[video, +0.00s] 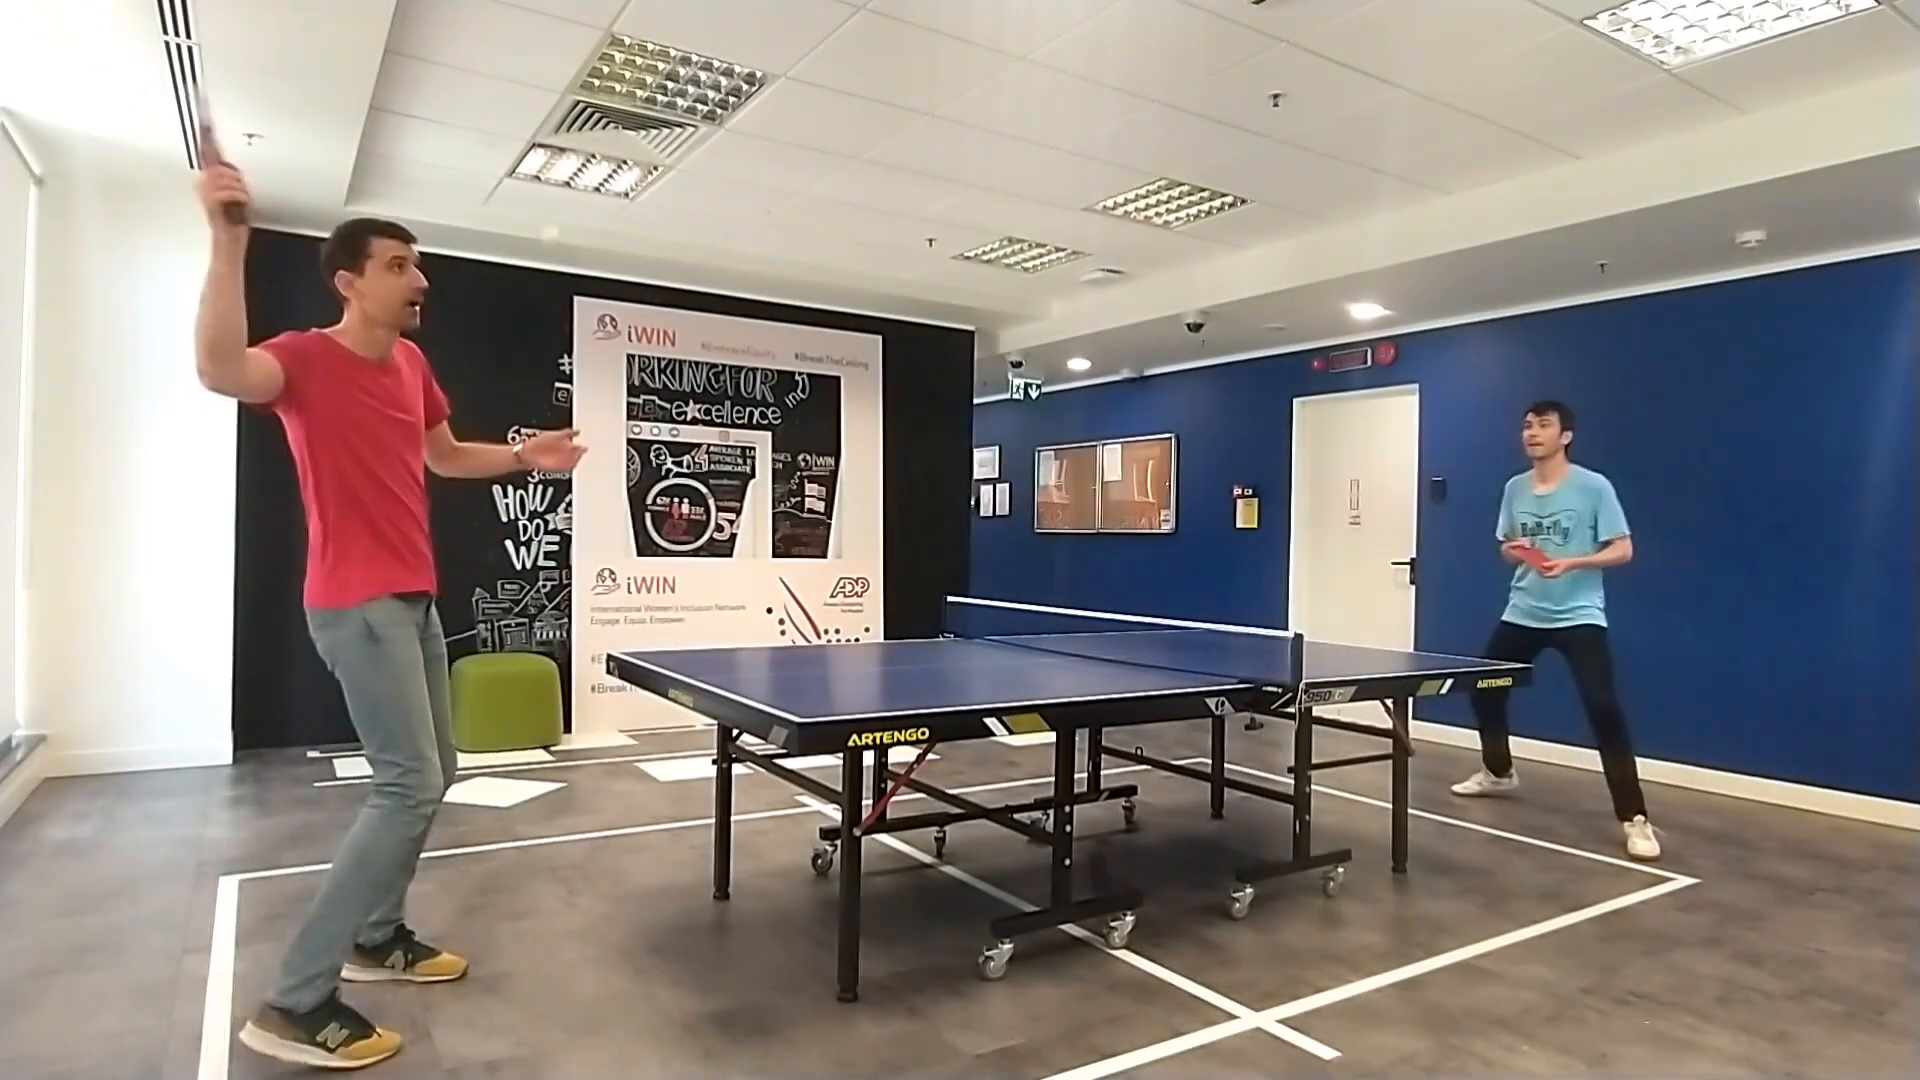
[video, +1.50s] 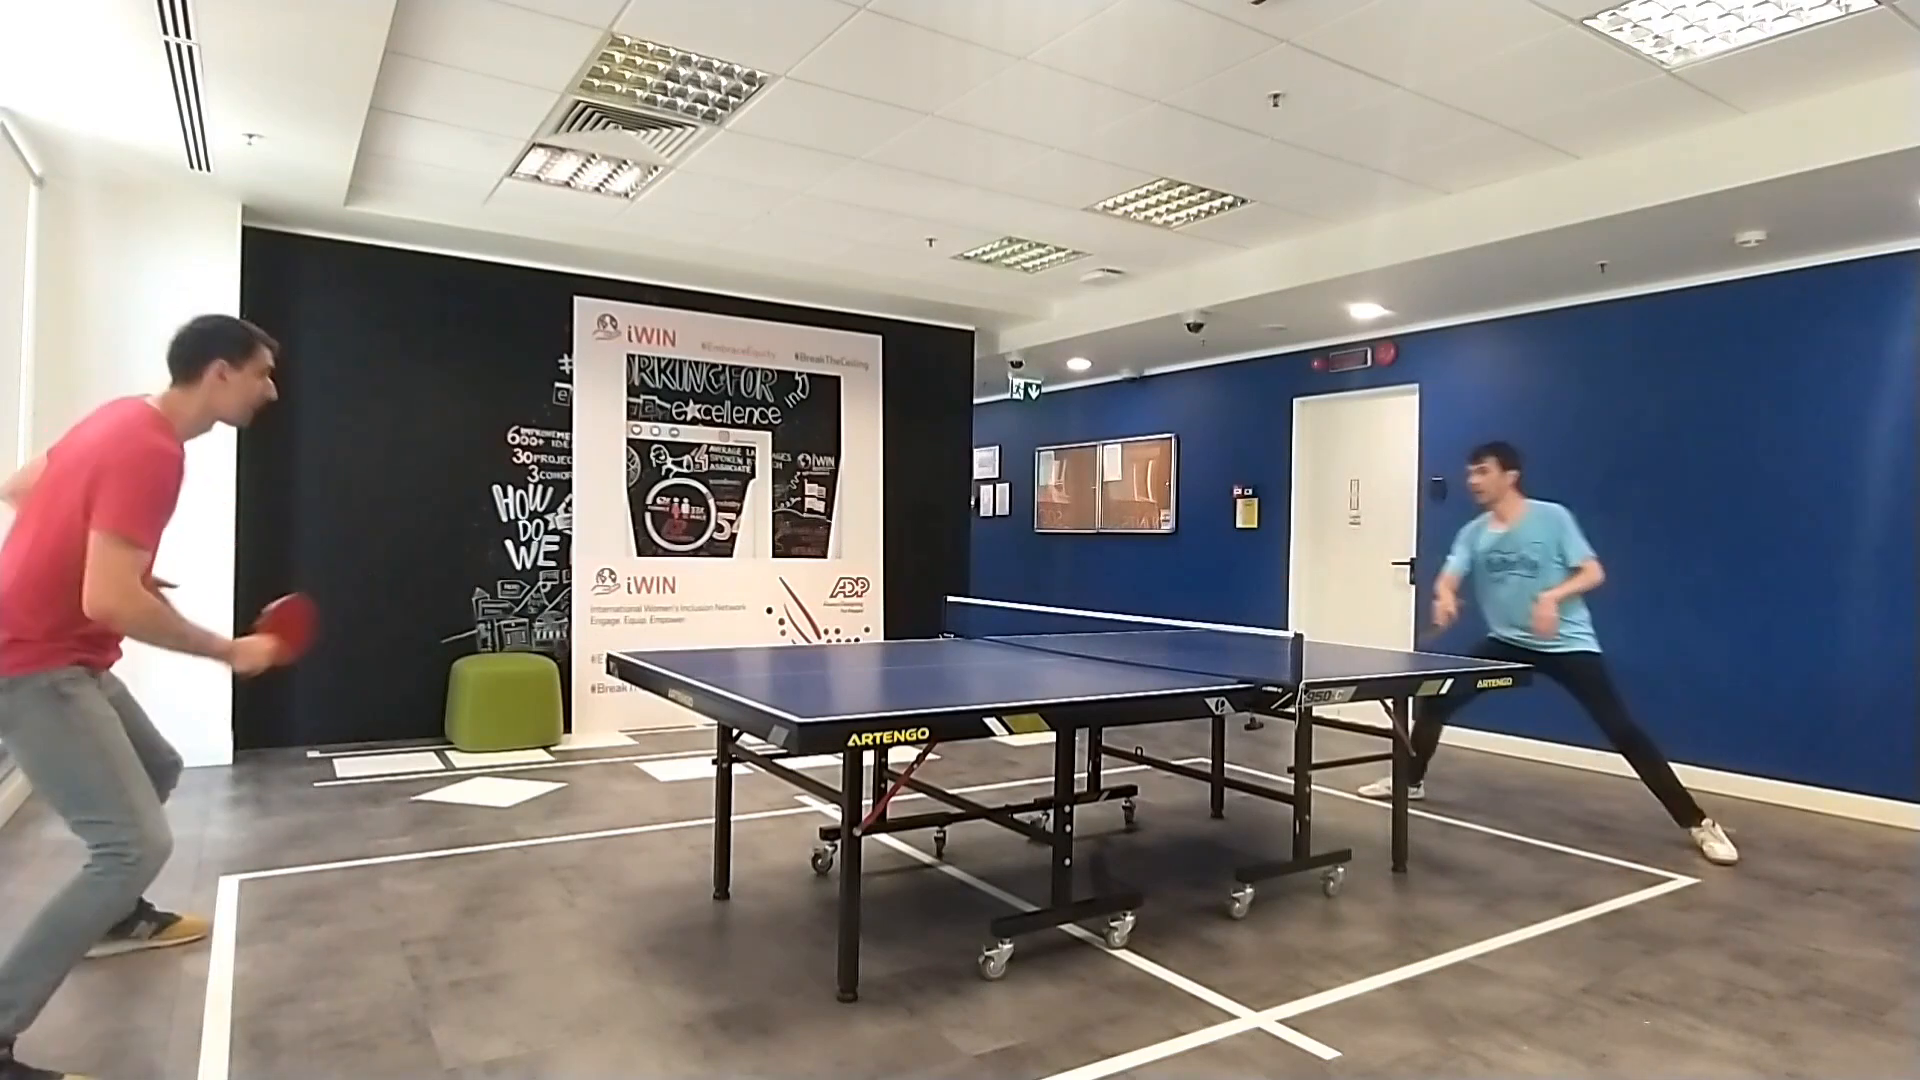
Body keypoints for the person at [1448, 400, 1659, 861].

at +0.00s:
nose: (1531, 432)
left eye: (1541, 425)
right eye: (1527, 426)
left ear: (1565, 436)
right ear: (1523, 438)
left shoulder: (1594, 486)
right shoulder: (1515, 488)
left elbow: (1622, 550)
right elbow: (1504, 550)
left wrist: (1570, 562)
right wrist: (1515, 551)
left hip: (1579, 615)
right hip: (1523, 612)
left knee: (1604, 708)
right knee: (1484, 685)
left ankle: (1634, 820)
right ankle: (1498, 773)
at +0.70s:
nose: (1500, 450)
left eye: (1509, 442)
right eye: (1495, 443)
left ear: (1535, 446)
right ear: (1492, 450)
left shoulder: (1568, 495)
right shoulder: (1485, 494)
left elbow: (1598, 555)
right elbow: (1458, 539)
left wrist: (1552, 585)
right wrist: (1452, 558)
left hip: (1560, 620)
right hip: (1502, 614)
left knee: (1591, 710)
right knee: (1441, 676)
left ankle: (1633, 820)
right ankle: (1441, 772)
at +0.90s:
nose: (1433, 475)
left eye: (1441, 466)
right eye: (1431, 468)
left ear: (1470, 465)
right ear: (1445, 472)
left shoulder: (1511, 504)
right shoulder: (1449, 516)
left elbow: (1558, 563)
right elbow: (1447, 570)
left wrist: (1514, 598)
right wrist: (1413, 599)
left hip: (1533, 628)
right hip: (1477, 626)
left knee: (1569, 717)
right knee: (1414, 688)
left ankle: (1628, 821)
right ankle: (1408, 779)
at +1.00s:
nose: (1402, 488)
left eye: (1406, 477)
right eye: (1399, 480)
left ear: (1434, 472)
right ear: (1422, 478)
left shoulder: (1482, 505)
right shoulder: (1432, 522)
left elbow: (1531, 560)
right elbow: (1435, 581)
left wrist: (1489, 600)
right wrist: (1380, 607)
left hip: (1523, 628)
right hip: (1470, 629)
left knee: (1563, 718)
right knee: (1408, 686)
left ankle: (1627, 820)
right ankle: (1407, 778)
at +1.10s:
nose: (1383, 492)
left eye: (1385, 482)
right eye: (1380, 485)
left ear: (1410, 474)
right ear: (1406, 478)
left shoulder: (1466, 504)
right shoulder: (1417, 532)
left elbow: (1518, 552)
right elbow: (1399, 582)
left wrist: (1476, 591)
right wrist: (1338, 583)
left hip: (1522, 626)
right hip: (1468, 629)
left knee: (1573, 712)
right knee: (1408, 683)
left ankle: (1632, 816)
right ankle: (1406, 778)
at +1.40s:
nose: (1426, 484)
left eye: (1434, 474)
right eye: (1424, 477)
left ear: (1463, 475)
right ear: (1433, 486)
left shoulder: (1508, 511)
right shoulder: (1435, 535)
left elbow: (1554, 563)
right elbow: (1392, 585)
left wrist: (1514, 588)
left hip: (1541, 636)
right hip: (1483, 639)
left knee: (1602, 716)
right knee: (1414, 685)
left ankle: (1689, 813)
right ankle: (1405, 780)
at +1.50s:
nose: (1473, 481)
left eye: (1481, 473)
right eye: (1470, 474)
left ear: (1510, 476)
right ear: (1473, 482)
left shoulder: (1552, 517)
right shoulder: (1473, 532)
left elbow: (1592, 572)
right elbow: (1447, 579)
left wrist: (1551, 596)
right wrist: (1445, 599)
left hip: (1569, 648)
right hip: (1507, 645)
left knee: (1622, 730)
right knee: (1433, 700)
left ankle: (1698, 825)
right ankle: (1404, 780)